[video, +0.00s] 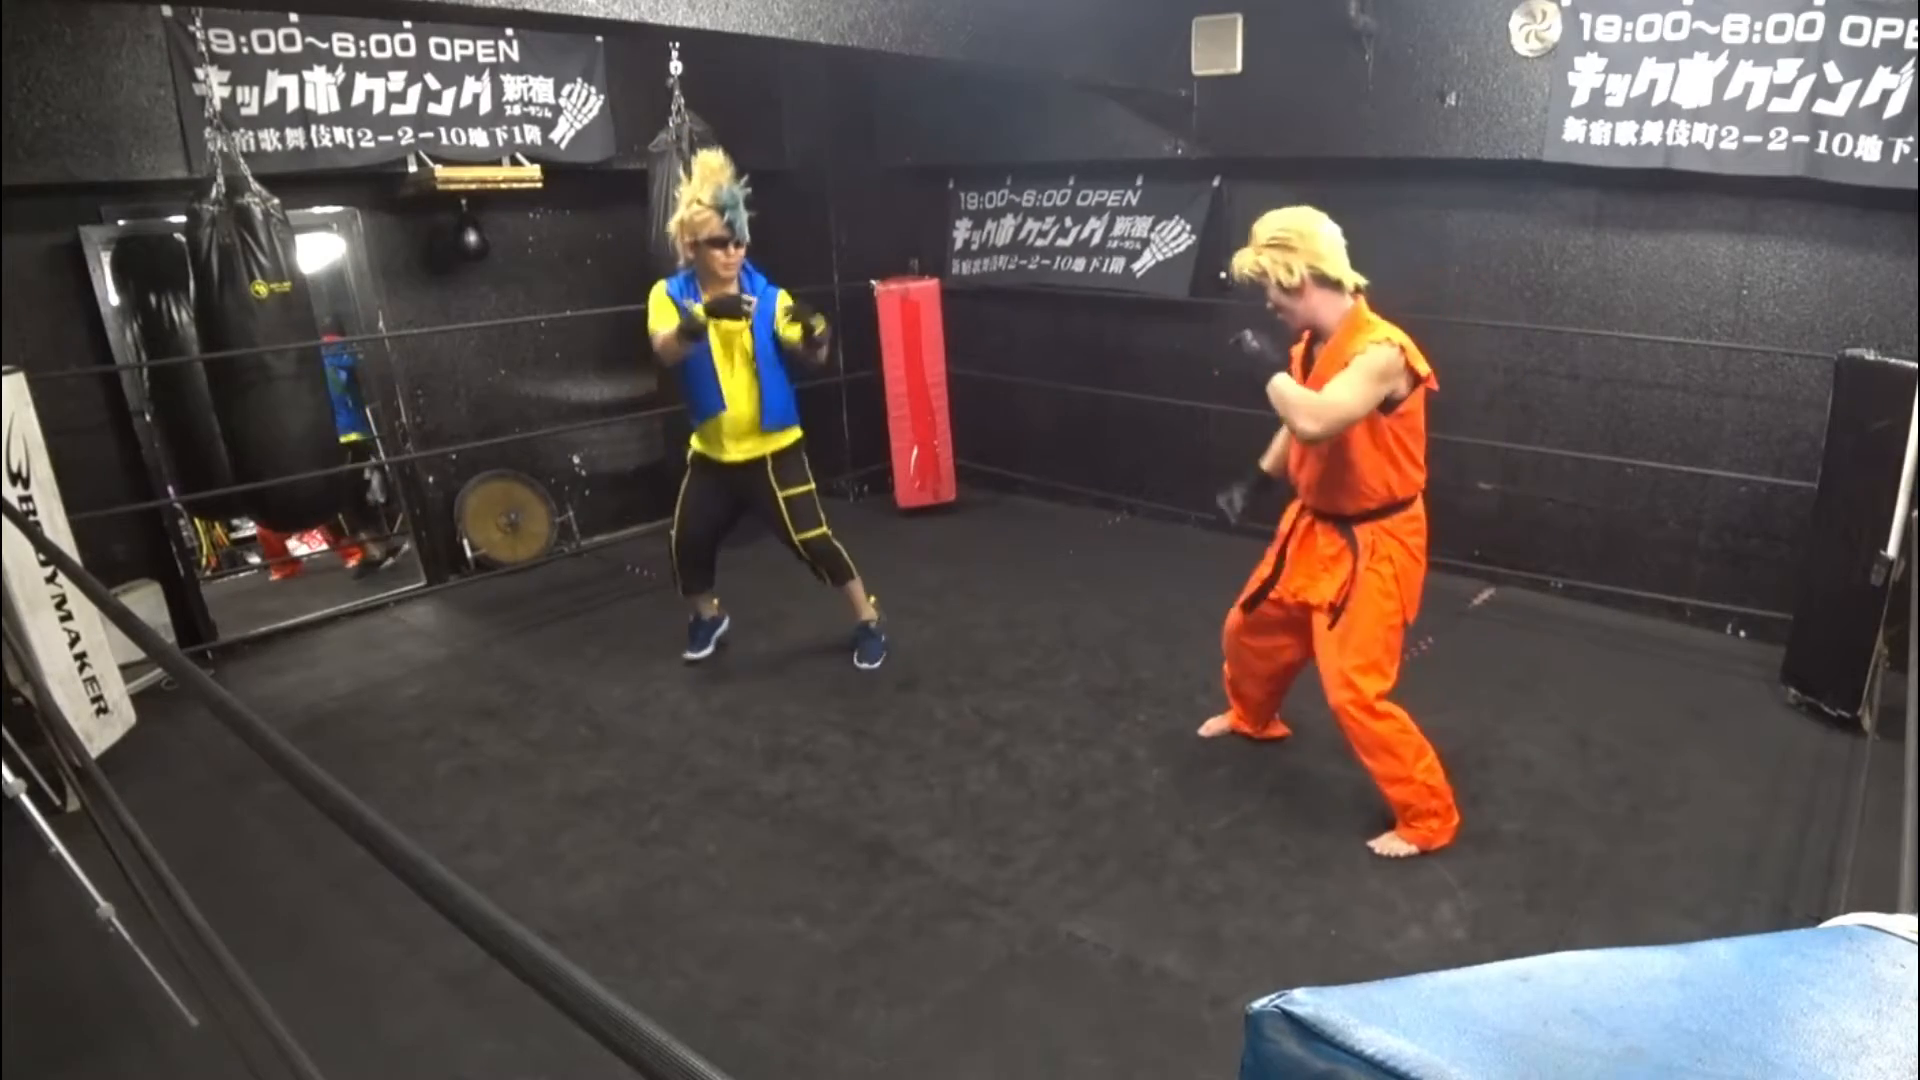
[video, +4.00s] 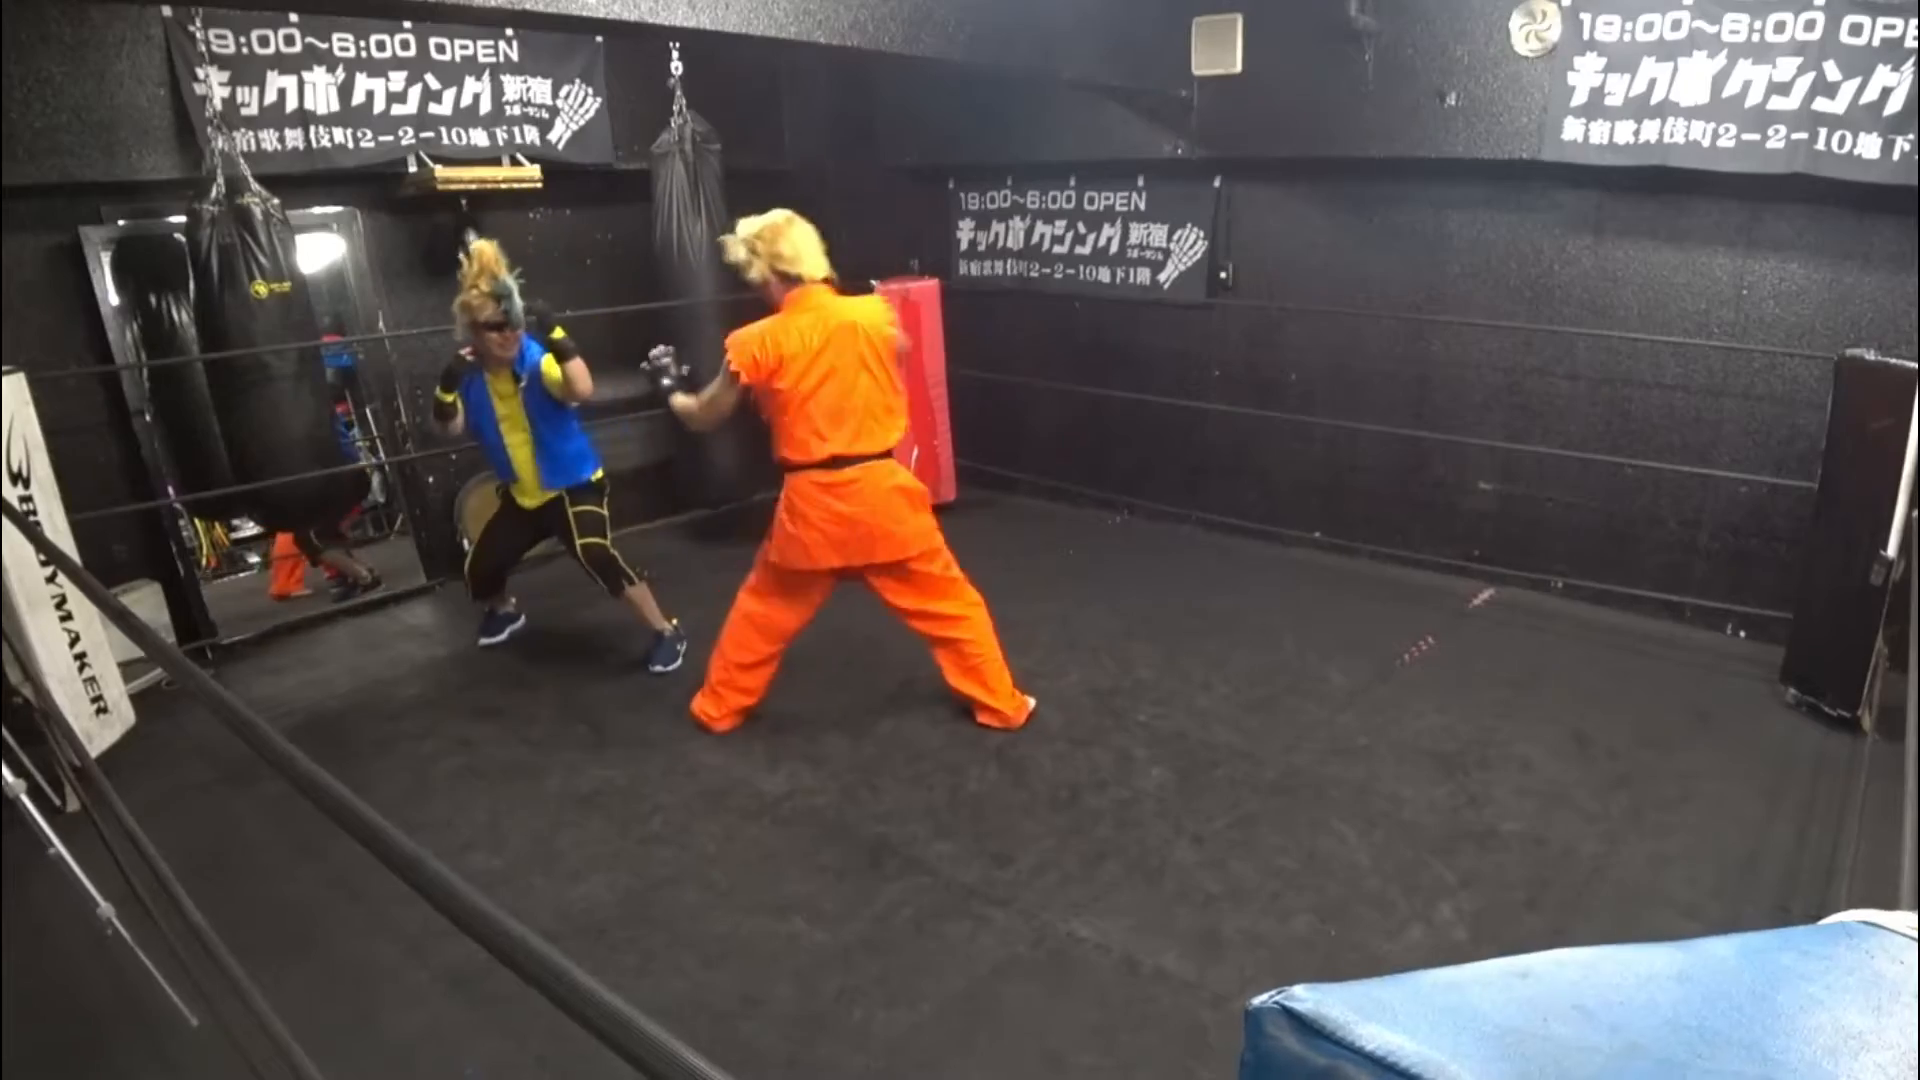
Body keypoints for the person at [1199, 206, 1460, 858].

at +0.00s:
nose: (1272, 307)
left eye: (1278, 291)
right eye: (1268, 294)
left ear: (1312, 278)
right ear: (1305, 282)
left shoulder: (1383, 354)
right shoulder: (1310, 348)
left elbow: (1319, 417)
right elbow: (1296, 425)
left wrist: (1271, 373)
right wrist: (1256, 480)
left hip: (1379, 538)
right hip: (1314, 524)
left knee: (1353, 687)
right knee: (1252, 626)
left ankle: (1429, 819)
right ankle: (1254, 716)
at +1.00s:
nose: (1177, 245)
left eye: (1182, 230)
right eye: (1174, 232)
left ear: (1216, 222)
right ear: (1213, 225)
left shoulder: (1288, 295)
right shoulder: (1206, 290)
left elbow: (1259, 388)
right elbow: (1197, 377)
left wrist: (1195, 340)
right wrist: (1145, 337)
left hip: (1276, 480)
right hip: (1212, 474)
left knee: (1297, 627)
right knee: (1186, 606)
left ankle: (1378, 763)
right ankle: (1203, 717)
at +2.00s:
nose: (1064, 291)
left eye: (1063, 277)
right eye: (1060, 278)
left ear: (1085, 268)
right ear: (1106, 260)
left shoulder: (1145, 341)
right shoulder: (1127, 322)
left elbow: (1133, 451)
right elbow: (1132, 430)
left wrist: (1057, 433)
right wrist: (1103, 463)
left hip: (1176, 507)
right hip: (1139, 501)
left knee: (1195, 648)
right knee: (1080, 594)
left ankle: (1288, 770)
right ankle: (1099, 693)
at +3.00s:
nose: (753, 309)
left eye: (752, 297)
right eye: (748, 298)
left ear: (772, 291)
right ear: (805, 275)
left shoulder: (820, 357)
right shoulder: (842, 311)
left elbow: (818, 459)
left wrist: (781, 412)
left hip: (852, 510)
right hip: (905, 493)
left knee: (780, 609)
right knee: (922, 610)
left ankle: (755, 722)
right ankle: (1029, 694)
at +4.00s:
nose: (755, 290)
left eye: (756, 279)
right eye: (753, 279)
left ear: (773, 274)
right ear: (820, 262)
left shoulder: (759, 342)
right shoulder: (876, 315)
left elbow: (704, 414)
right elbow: (899, 356)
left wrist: (672, 390)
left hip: (813, 504)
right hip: (887, 493)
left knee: (766, 603)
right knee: (949, 599)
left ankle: (718, 707)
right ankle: (1002, 705)